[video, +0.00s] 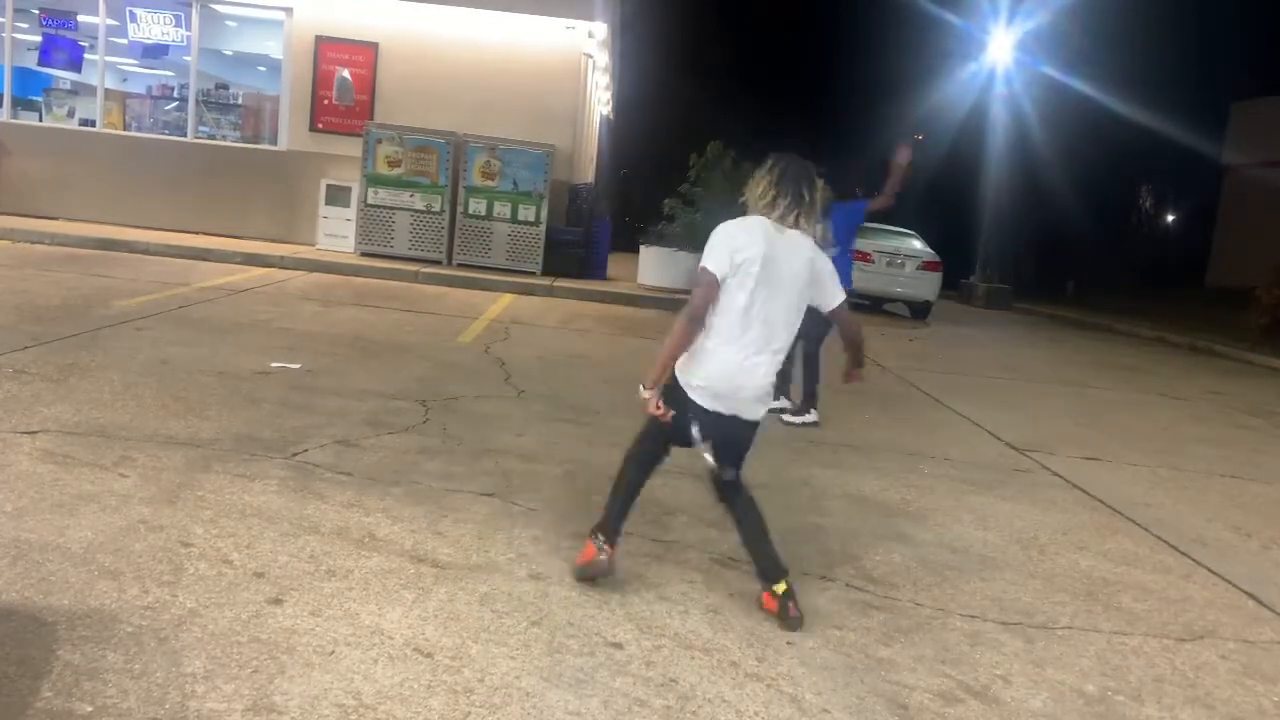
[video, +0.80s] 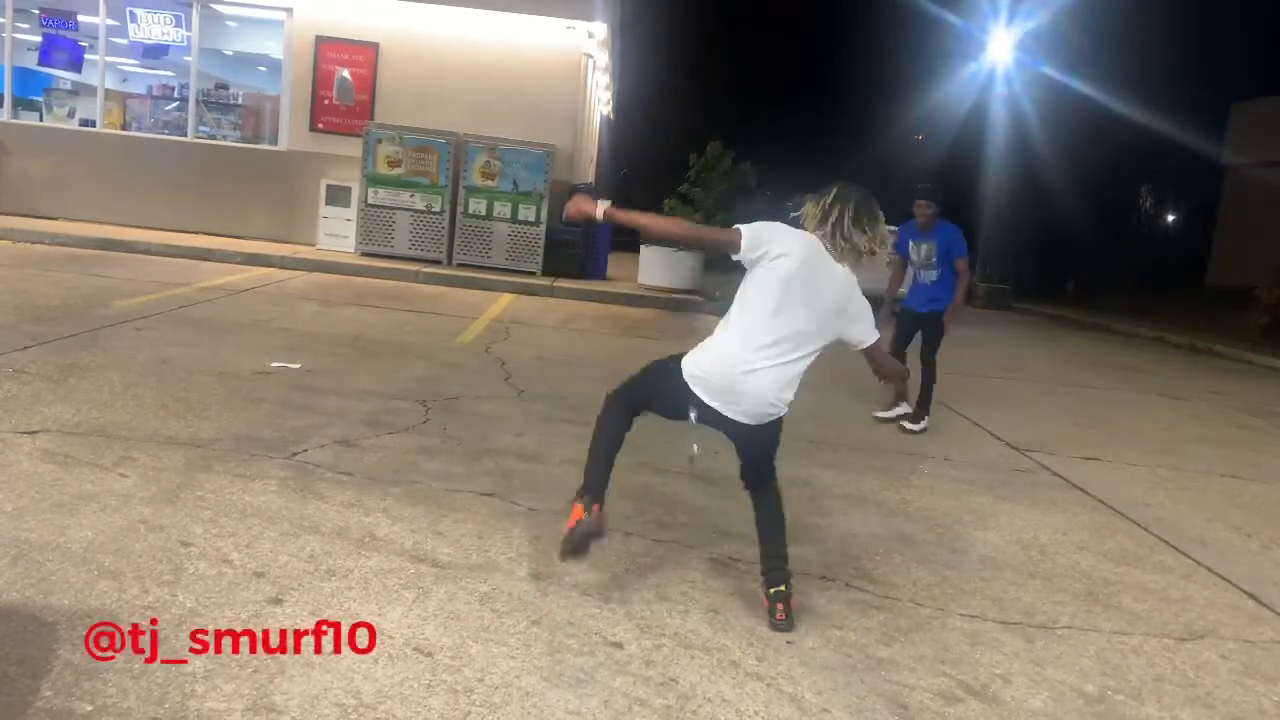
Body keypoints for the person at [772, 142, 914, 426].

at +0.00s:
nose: (811, 197)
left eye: (813, 192)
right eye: (809, 193)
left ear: (820, 194)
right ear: (809, 195)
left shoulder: (841, 212)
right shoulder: (795, 216)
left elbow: (885, 200)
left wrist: (898, 167)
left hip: (831, 292)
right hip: (802, 290)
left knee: (809, 345)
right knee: (785, 341)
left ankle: (808, 406)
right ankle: (780, 395)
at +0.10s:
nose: (833, 194)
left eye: (838, 189)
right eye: (829, 188)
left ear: (847, 192)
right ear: (822, 190)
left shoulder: (857, 211)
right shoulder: (814, 213)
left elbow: (903, 207)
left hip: (843, 290)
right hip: (817, 286)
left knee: (825, 341)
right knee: (802, 335)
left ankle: (815, 404)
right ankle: (802, 393)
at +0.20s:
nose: (844, 197)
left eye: (849, 192)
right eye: (840, 192)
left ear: (858, 194)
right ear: (833, 195)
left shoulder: (872, 216)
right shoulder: (824, 219)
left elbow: (914, 223)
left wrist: (954, 217)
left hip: (853, 292)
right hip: (825, 289)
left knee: (833, 345)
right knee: (818, 344)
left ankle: (821, 399)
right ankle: (834, 393)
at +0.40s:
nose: (869, 199)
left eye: (874, 194)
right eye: (865, 194)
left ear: (881, 196)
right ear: (858, 197)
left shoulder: (899, 220)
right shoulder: (852, 225)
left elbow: (918, 248)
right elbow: (843, 260)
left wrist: (931, 263)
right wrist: (830, 283)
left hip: (885, 293)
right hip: (859, 292)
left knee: (857, 341)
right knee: (853, 343)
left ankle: (847, 403)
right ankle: (845, 401)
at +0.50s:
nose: (889, 203)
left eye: (894, 198)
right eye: (885, 198)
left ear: (901, 201)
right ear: (879, 201)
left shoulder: (917, 226)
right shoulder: (874, 226)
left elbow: (925, 265)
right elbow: (865, 263)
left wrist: (927, 299)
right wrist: (846, 288)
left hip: (904, 298)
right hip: (877, 297)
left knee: (890, 352)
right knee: (859, 345)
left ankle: (898, 412)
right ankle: (847, 400)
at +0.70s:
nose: (909, 214)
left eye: (915, 209)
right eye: (906, 209)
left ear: (924, 212)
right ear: (901, 210)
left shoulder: (939, 238)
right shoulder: (895, 233)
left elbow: (946, 281)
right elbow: (887, 266)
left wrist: (942, 322)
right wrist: (875, 296)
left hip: (925, 307)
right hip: (899, 304)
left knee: (913, 358)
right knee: (874, 349)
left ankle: (917, 417)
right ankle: (854, 400)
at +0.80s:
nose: (922, 211)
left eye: (928, 207)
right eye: (918, 206)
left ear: (937, 209)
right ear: (913, 207)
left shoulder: (950, 234)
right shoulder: (906, 231)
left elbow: (964, 274)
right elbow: (899, 269)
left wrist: (952, 311)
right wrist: (888, 302)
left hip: (938, 306)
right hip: (912, 304)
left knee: (927, 356)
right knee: (896, 350)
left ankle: (921, 413)